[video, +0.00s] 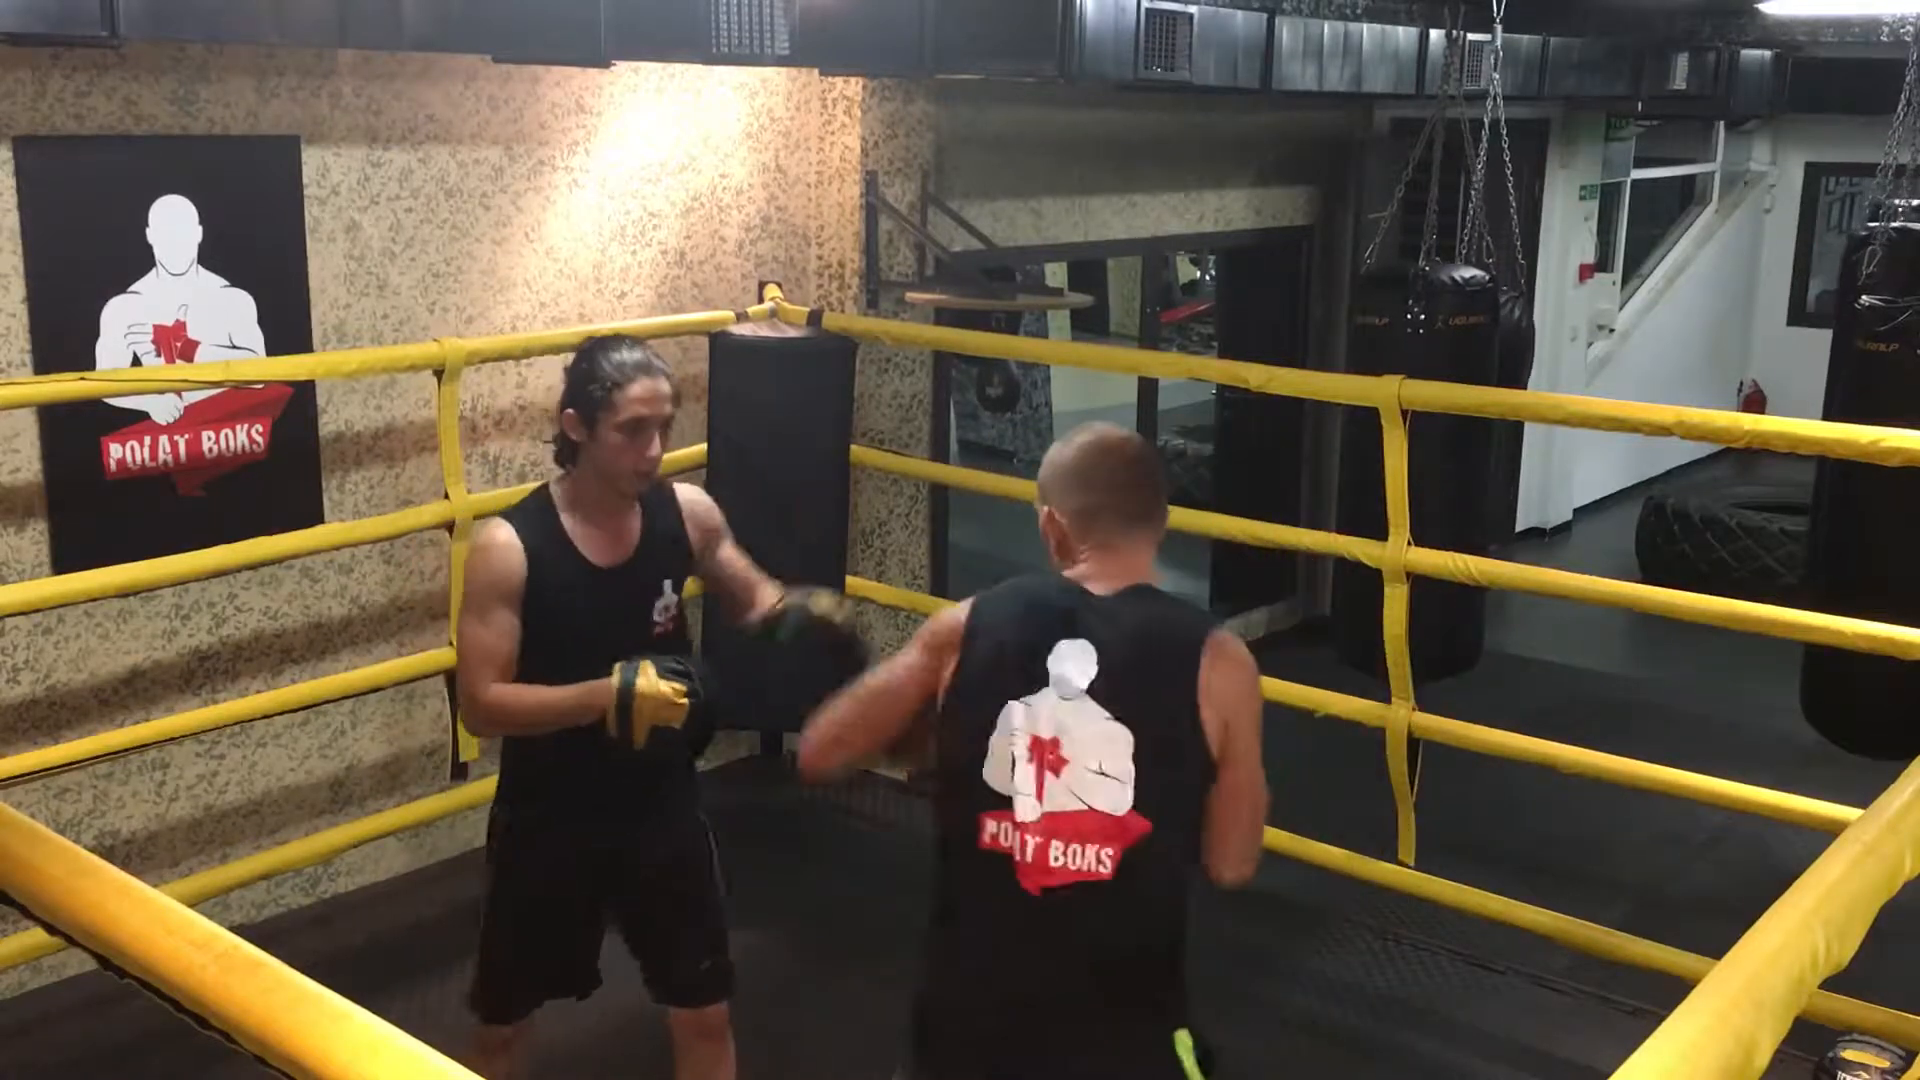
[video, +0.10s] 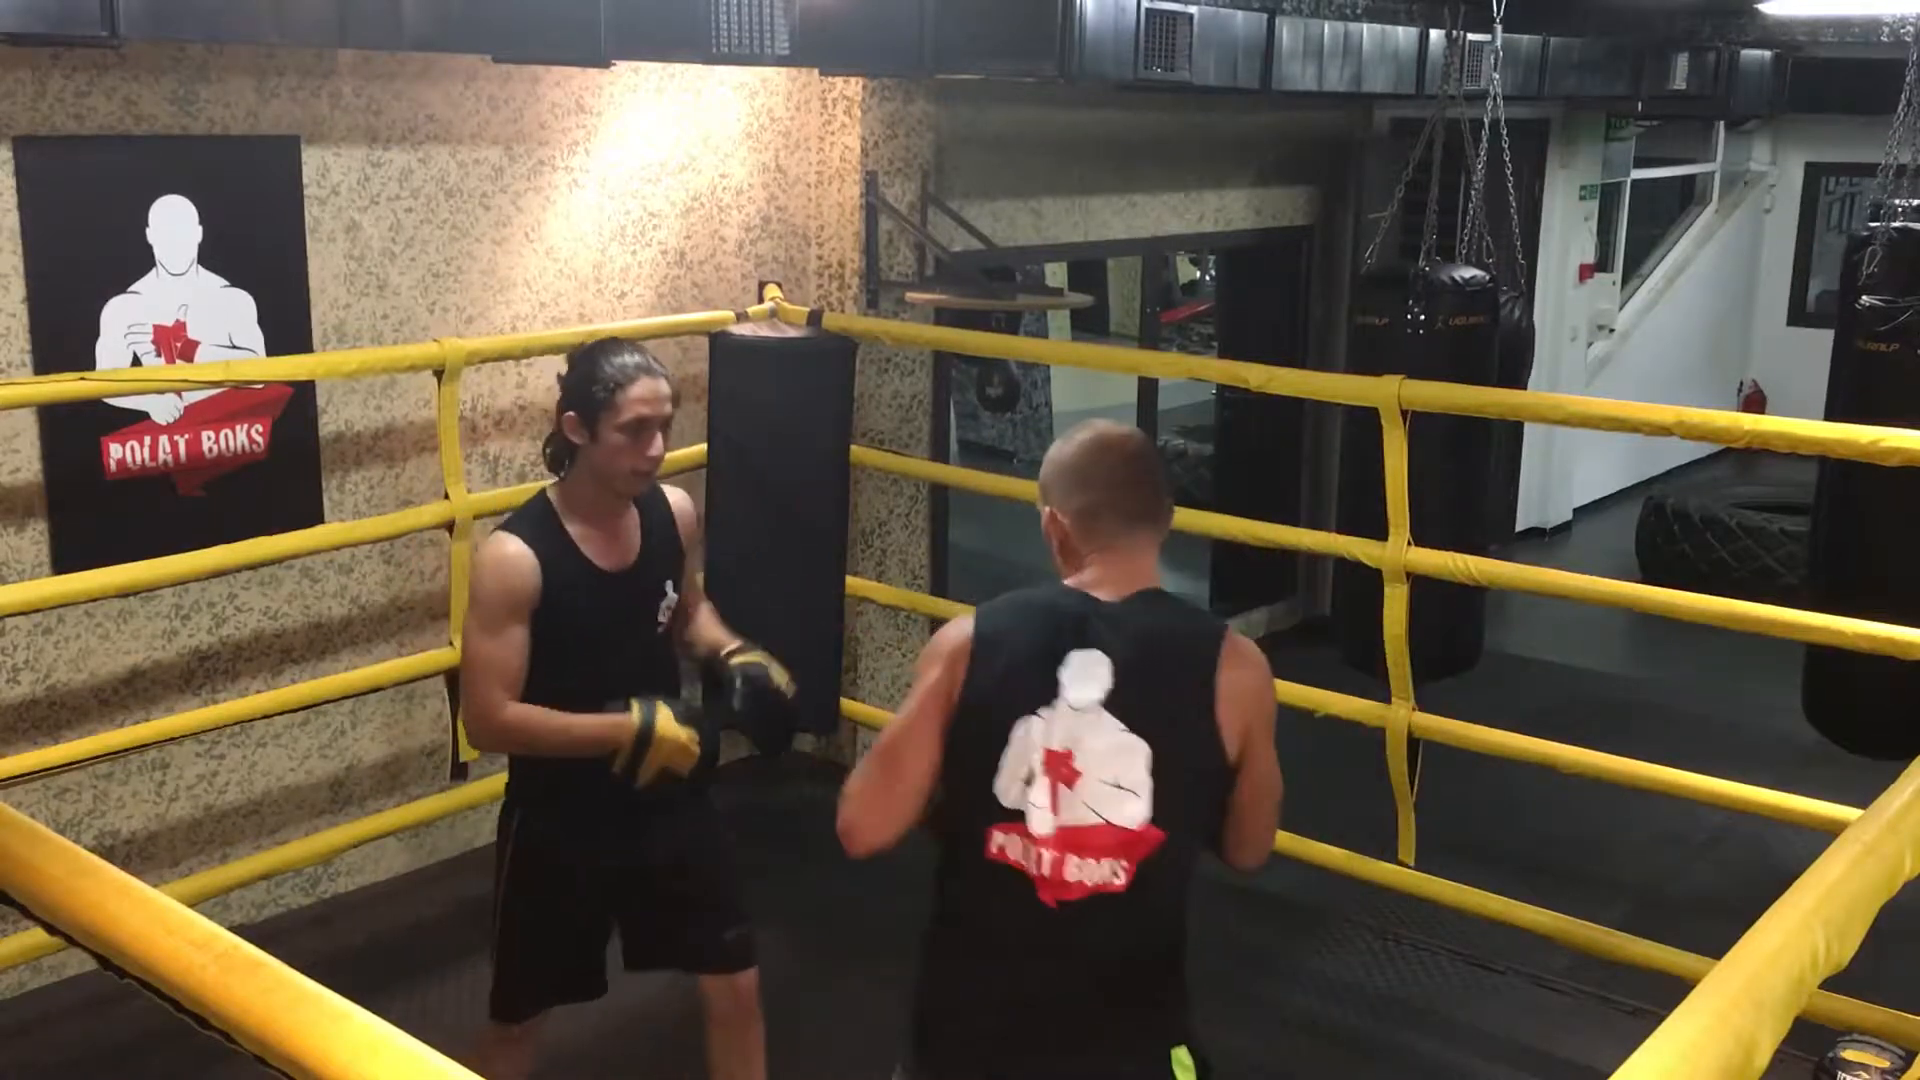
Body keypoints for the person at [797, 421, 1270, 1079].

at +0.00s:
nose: (1045, 533)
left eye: (1041, 520)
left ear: (1054, 529)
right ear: (1160, 521)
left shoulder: (965, 628)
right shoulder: (1220, 662)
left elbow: (818, 754)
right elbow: (1233, 863)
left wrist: (932, 728)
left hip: (973, 1017)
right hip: (1126, 1027)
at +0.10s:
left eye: (1045, 522)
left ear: (1055, 530)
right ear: (1164, 523)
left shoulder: (971, 642)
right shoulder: (1234, 664)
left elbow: (862, 827)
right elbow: (1249, 848)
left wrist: (960, 772)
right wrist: (1171, 766)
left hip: (975, 1023)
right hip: (1131, 1031)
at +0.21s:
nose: (1064, 566)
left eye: (1064, 553)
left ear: (1081, 558)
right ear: (1186, 550)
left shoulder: (1005, 676)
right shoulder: (1279, 702)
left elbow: (867, 851)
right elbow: (1257, 839)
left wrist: (889, 742)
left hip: (1002, 1040)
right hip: (1166, 1048)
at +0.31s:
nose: (1100, 612)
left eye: (1100, 594)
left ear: (1122, 601)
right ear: (1230, 585)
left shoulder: (1052, 709)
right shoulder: (1324, 752)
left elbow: (900, 880)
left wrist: (900, 758)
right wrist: (1115, 682)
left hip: (1036, 1050)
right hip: (1200, 1057)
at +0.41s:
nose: (1118, 594)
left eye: (1117, 578)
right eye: (1116, 580)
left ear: (1134, 572)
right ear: (1242, 563)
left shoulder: (1067, 688)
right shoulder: (1336, 729)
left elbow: (935, 881)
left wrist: (918, 757)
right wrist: (1125, 676)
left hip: (1047, 1045)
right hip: (1217, 1055)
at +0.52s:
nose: (1101, 570)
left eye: (1098, 551)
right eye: (1097, 552)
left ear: (1117, 551)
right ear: (1223, 539)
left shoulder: (1049, 672)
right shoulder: (1330, 699)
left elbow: (907, 855)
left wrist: (887, 730)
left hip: (1049, 1038)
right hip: (1220, 1050)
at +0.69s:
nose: (1008, 590)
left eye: (1003, 573)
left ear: (1015, 573)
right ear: (1126, 548)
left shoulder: (967, 714)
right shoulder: (1255, 697)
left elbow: (889, 917)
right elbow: (1281, 889)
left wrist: (908, 785)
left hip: (1025, 1056)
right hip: (1197, 1057)